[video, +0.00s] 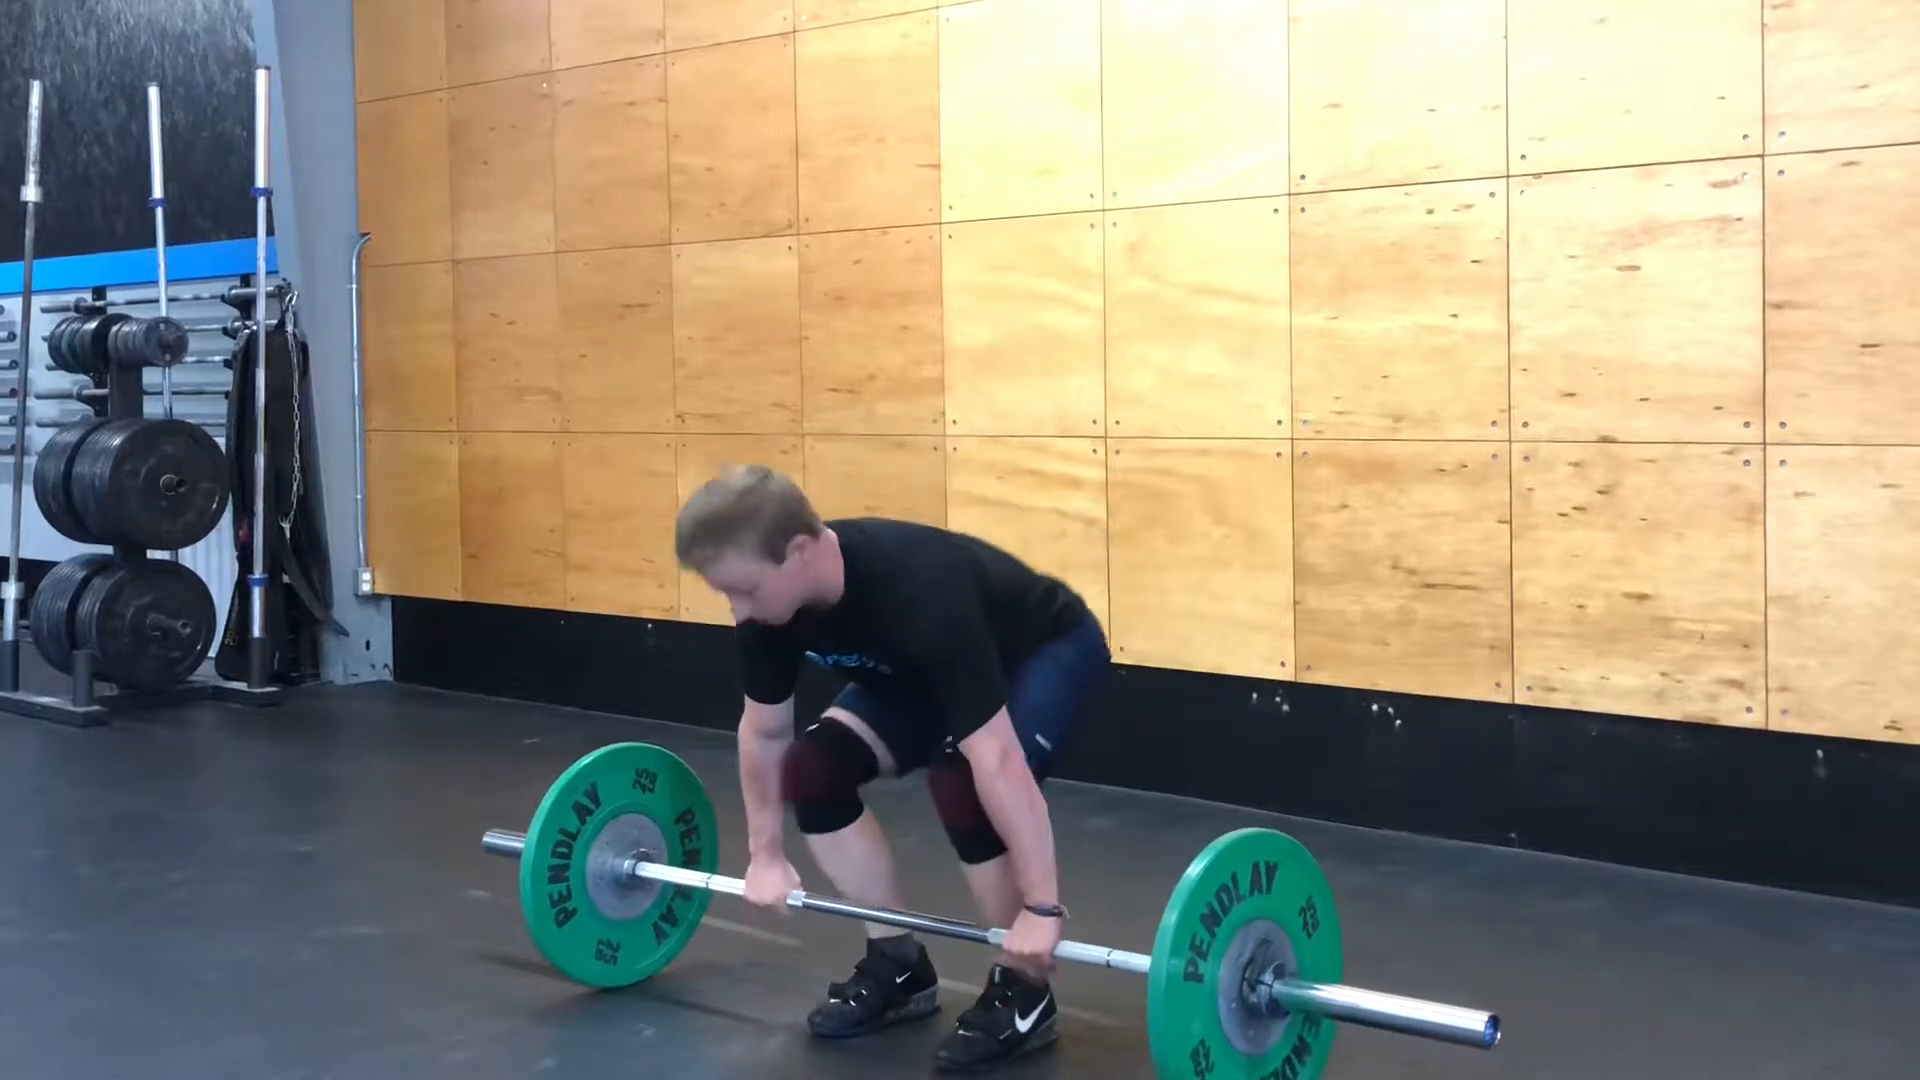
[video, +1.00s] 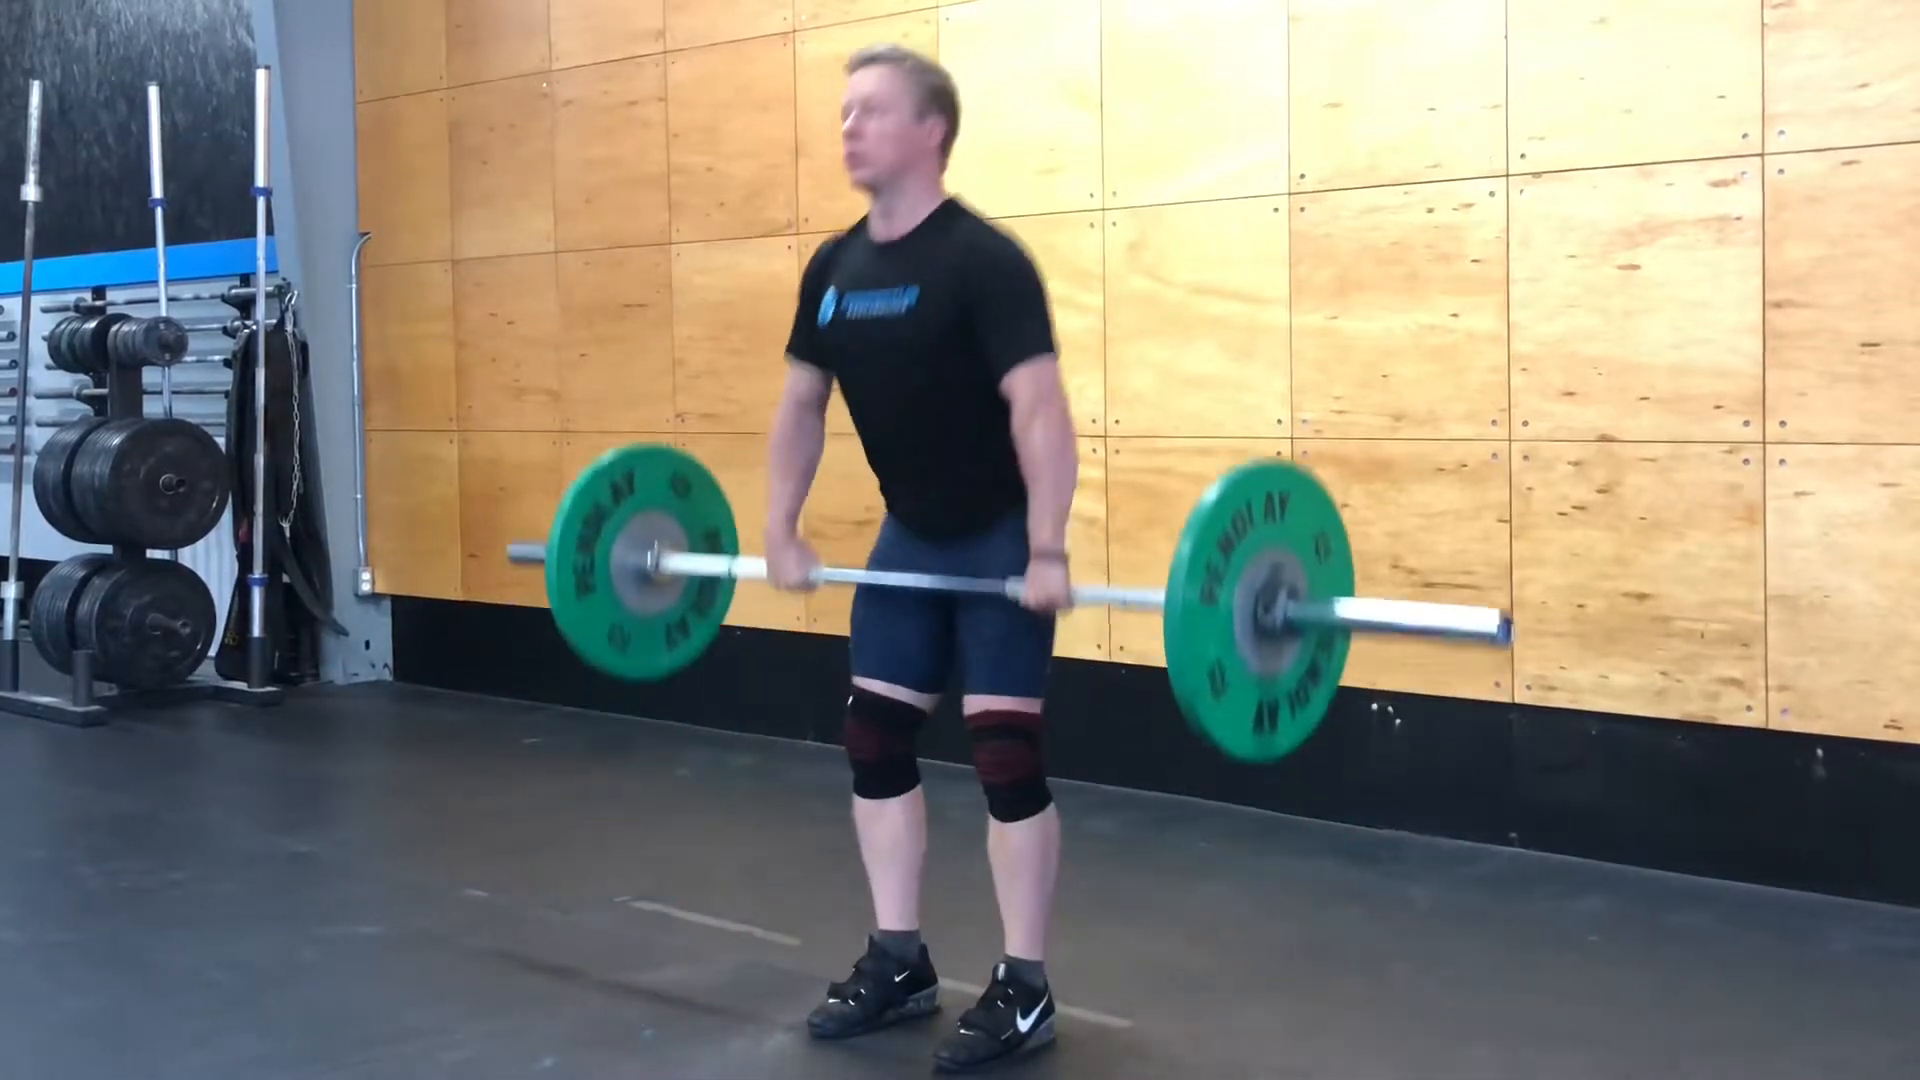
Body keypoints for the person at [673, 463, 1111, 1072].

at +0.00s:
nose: (736, 610)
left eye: (743, 591)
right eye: (726, 594)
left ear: (800, 552)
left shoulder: (922, 592)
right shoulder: (768, 604)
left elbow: (1000, 759)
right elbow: (763, 732)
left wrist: (1043, 908)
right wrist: (765, 856)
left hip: (1047, 650)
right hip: (939, 658)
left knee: (962, 782)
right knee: (814, 769)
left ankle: (1024, 991)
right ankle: (897, 962)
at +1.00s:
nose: (845, 129)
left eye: (867, 113)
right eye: (844, 113)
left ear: (931, 132)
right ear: (853, 133)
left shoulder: (989, 263)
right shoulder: (833, 267)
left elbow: (1043, 410)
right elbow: (802, 403)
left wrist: (1046, 550)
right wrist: (782, 524)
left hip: (1006, 538)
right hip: (905, 533)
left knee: (1007, 760)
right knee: (875, 739)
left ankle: (1023, 986)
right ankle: (897, 960)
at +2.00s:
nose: (922, 123)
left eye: (944, 109)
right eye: (922, 110)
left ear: (1002, 130)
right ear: (929, 129)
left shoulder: (1038, 251)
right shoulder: (888, 251)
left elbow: (1059, 398)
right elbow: (837, 388)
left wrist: (1046, 535)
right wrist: (792, 505)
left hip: (991, 533)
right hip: (887, 526)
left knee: (996, 759)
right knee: (856, 736)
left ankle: (1024, 987)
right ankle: (896, 961)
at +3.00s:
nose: (905, 116)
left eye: (927, 103)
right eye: (904, 103)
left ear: (985, 128)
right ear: (914, 128)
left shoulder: (1024, 253)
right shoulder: (874, 254)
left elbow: (1044, 409)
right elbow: (834, 392)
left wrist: (1046, 552)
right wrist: (797, 518)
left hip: (995, 535)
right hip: (895, 529)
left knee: (999, 759)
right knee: (859, 735)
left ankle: (1023, 989)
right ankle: (897, 959)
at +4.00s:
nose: (905, 450)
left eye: (926, 435)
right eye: (902, 435)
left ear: (984, 454)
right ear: (899, 449)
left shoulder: (1015, 573)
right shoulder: (871, 560)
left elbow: (941, 641)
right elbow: (732, 599)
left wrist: (987, 521)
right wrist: (785, 503)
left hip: (1051, 783)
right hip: (942, 782)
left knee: (1036, 807)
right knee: (790, 770)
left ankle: (1058, 996)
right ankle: (880, 959)